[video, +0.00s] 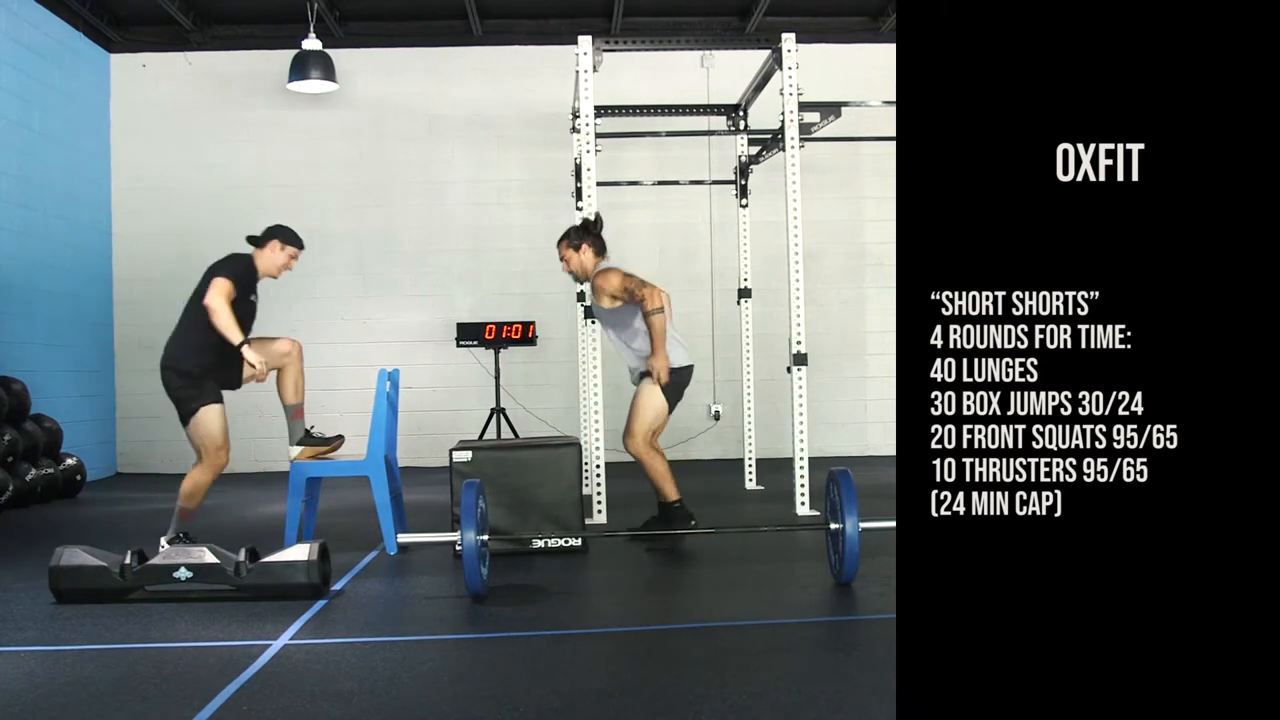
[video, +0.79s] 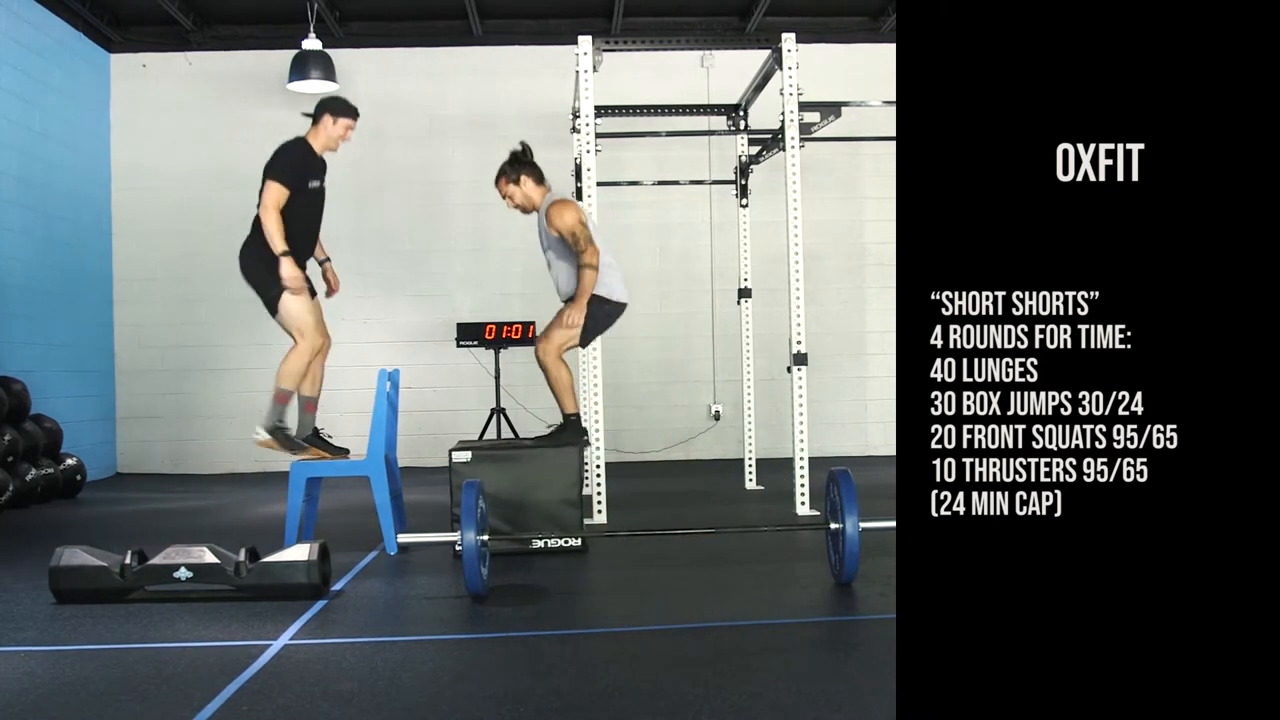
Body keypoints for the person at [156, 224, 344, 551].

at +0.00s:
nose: (291, 265)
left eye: (295, 259)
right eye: (290, 256)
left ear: (274, 249)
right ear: (272, 246)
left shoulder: (248, 281)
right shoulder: (237, 265)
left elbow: (226, 331)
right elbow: (214, 302)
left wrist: (250, 362)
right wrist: (244, 347)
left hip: (219, 364)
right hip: (190, 367)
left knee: (289, 350)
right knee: (215, 458)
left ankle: (300, 440)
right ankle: (175, 537)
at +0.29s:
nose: (317, 252)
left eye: (320, 246)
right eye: (316, 243)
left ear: (299, 238)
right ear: (299, 234)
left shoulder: (276, 270)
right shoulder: (265, 253)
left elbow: (252, 328)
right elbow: (245, 288)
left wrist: (261, 381)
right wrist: (285, 327)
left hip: (241, 352)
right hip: (214, 355)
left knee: (313, 348)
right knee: (225, 451)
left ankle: (303, 436)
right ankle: (178, 527)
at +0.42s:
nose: (323, 243)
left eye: (326, 237)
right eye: (322, 235)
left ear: (304, 230)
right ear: (303, 228)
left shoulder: (284, 266)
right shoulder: (271, 251)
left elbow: (267, 319)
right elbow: (264, 287)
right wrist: (322, 300)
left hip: (257, 353)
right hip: (226, 357)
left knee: (325, 352)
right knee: (224, 451)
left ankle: (305, 436)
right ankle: (177, 529)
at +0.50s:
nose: (335, 219)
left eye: (337, 212)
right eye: (333, 210)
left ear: (315, 206)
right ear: (313, 204)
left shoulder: (296, 242)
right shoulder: (283, 229)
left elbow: (288, 295)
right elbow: (275, 265)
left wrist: (317, 328)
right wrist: (335, 271)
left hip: (266, 335)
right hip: (234, 336)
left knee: (335, 353)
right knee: (223, 430)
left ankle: (306, 438)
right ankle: (189, 513)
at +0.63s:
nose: (346, 179)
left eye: (348, 172)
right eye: (344, 171)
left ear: (326, 167)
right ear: (324, 165)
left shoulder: (309, 207)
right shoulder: (293, 194)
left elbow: (300, 260)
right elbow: (271, 241)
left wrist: (330, 293)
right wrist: (326, 261)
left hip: (281, 302)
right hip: (251, 298)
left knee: (335, 351)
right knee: (271, 389)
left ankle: (307, 438)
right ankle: (214, 465)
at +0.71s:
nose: (347, 156)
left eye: (349, 149)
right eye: (345, 147)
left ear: (331, 144)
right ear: (325, 141)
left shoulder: (315, 182)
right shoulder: (291, 172)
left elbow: (306, 238)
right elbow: (269, 226)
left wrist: (327, 277)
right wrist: (309, 266)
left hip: (285, 278)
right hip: (258, 275)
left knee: (328, 347)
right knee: (301, 357)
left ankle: (307, 436)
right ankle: (240, 430)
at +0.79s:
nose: (347, 137)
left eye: (350, 131)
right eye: (344, 129)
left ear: (332, 126)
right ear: (325, 121)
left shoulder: (318, 163)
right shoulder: (292, 155)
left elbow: (306, 221)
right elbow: (268, 209)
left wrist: (324, 262)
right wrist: (285, 259)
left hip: (288, 259)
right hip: (264, 257)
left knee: (321, 342)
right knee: (310, 339)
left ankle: (305, 432)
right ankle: (272, 424)